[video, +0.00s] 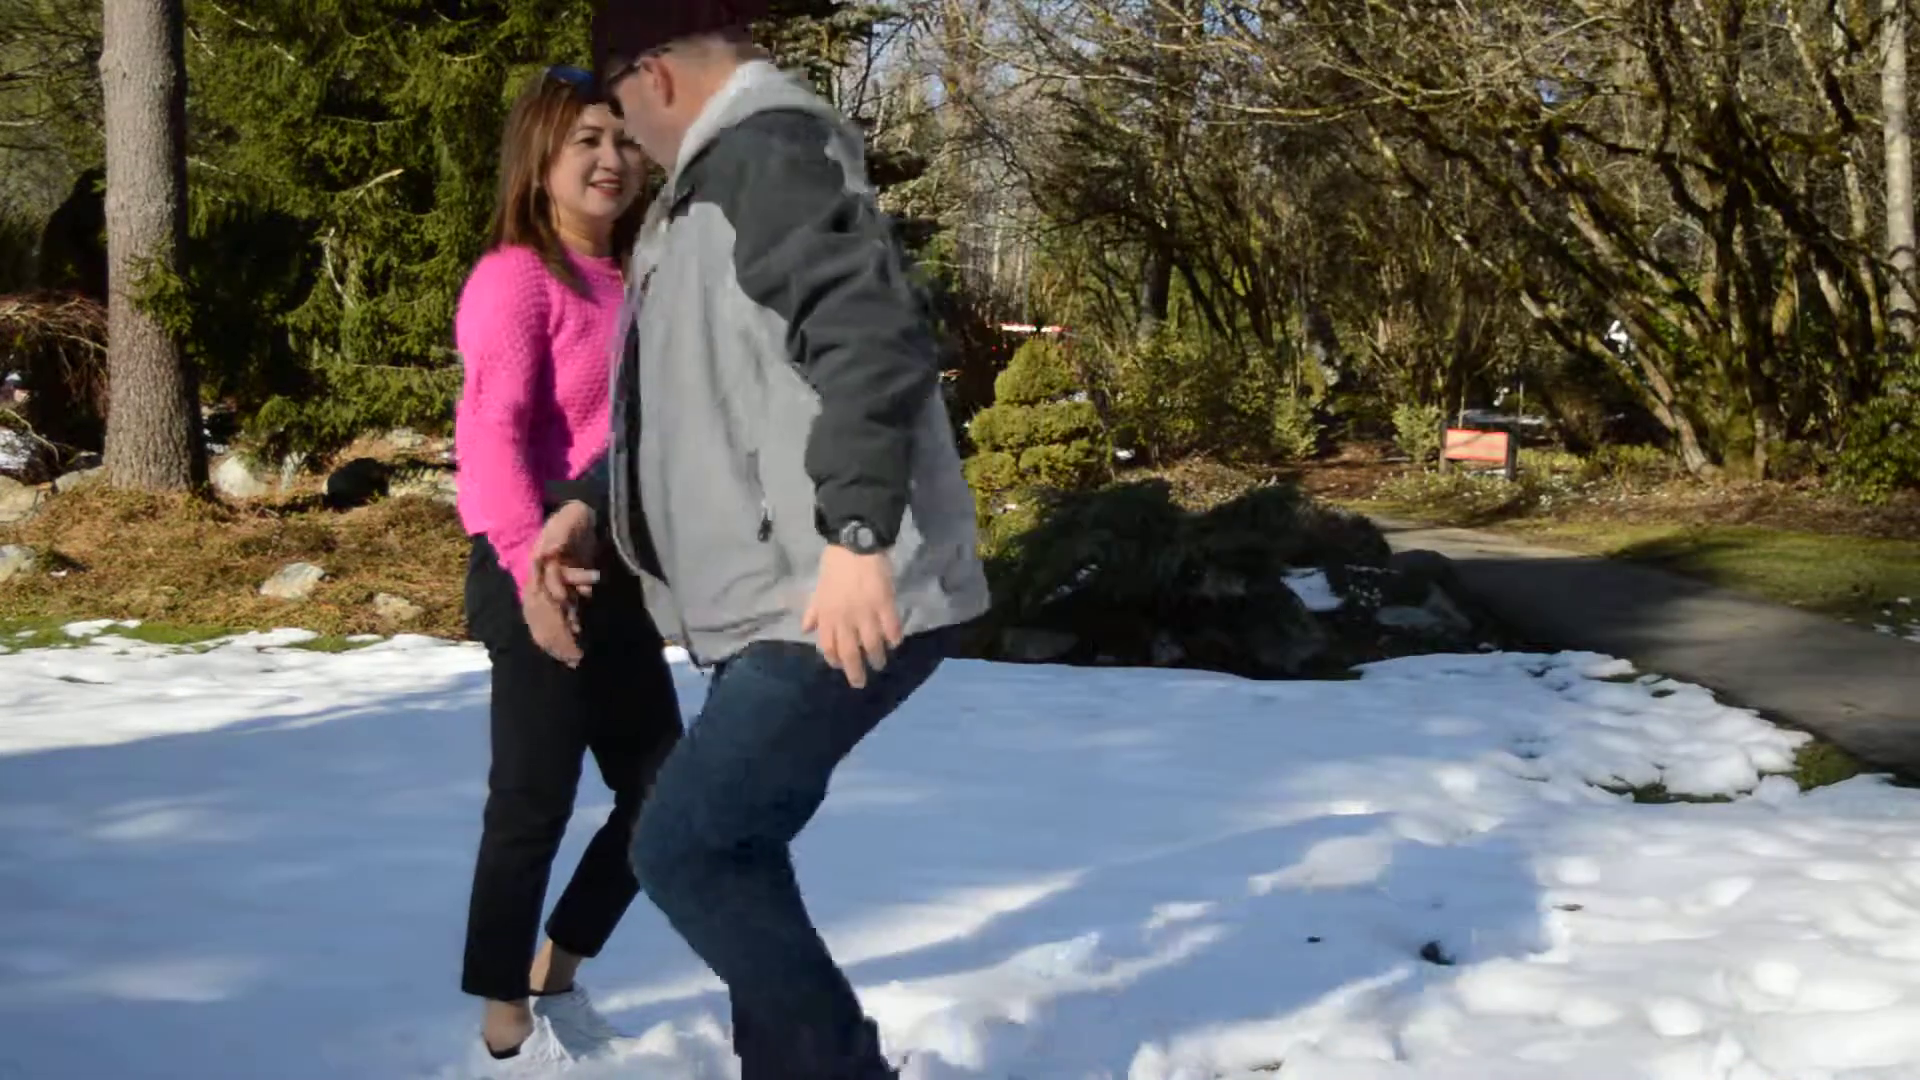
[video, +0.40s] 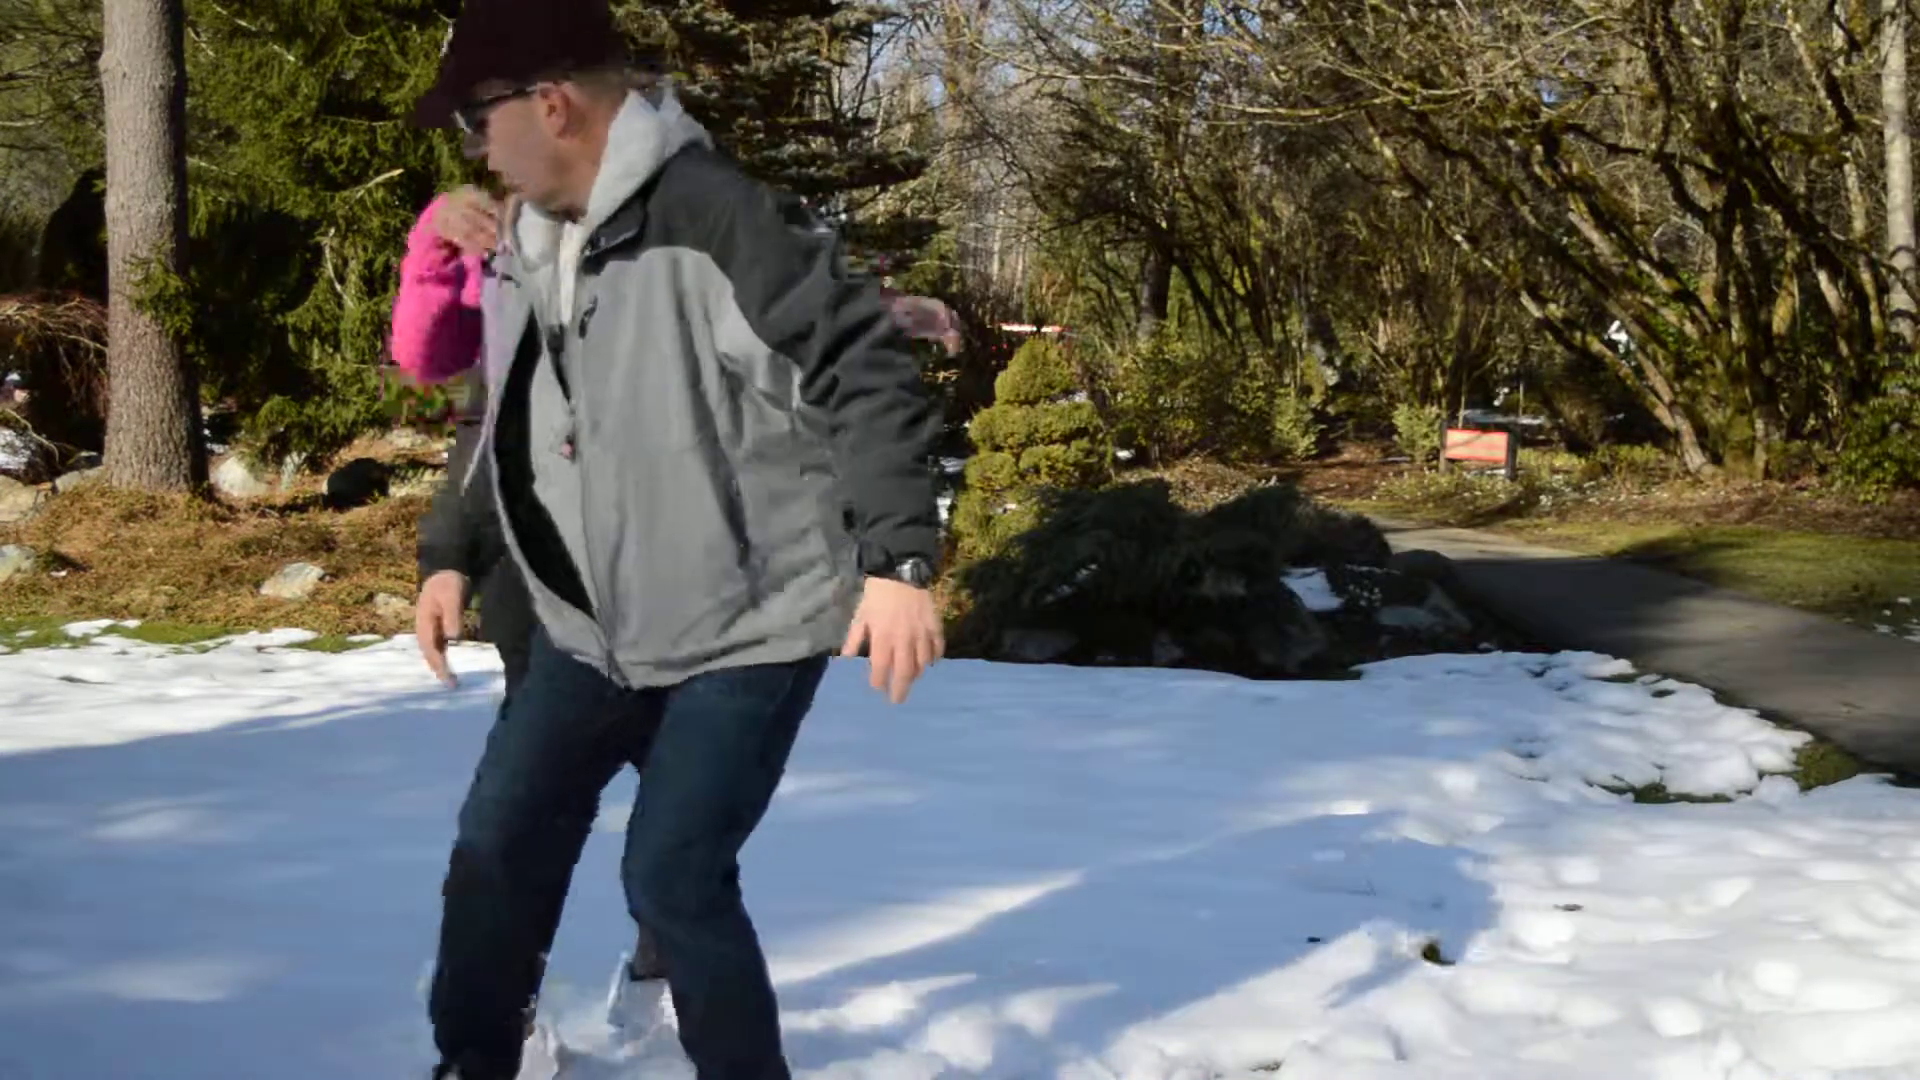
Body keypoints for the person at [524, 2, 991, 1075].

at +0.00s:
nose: (617, 127)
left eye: (617, 101)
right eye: (609, 108)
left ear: (658, 73)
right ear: (672, 72)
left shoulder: (767, 152)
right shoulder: (691, 187)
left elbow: (871, 337)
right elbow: (685, 410)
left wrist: (858, 543)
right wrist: (592, 507)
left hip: (844, 601)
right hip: (770, 604)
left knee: (685, 842)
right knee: (733, 857)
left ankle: (841, 1073)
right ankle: (787, 1067)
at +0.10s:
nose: (580, 111)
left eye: (577, 84)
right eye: (569, 92)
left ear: (627, 54)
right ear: (638, 55)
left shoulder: (757, 136)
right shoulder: (648, 180)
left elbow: (884, 305)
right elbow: (633, 382)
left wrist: (895, 504)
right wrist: (558, 488)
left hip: (820, 587)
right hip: (715, 595)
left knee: (716, 860)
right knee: (668, 848)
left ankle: (770, 1068)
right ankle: (768, 1057)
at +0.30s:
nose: (514, 137)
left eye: (516, 107)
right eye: (506, 112)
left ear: (579, 91)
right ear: (579, 95)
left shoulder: (730, 192)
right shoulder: (579, 227)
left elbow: (877, 346)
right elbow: (558, 410)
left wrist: (914, 546)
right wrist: (489, 532)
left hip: (779, 624)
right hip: (636, 620)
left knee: (677, 888)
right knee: (502, 778)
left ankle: (751, 1066)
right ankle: (632, 987)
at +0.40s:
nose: (479, 150)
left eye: (483, 119)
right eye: (472, 124)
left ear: (555, 106)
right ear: (553, 110)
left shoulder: (719, 214)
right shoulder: (534, 239)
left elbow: (867, 366)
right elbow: (508, 417)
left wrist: (900, 560)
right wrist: (450, 551)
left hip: (754, 626)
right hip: (592, 624)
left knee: (675, 874)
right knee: (498, 848)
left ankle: (747, 1073)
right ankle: (478, 1062)